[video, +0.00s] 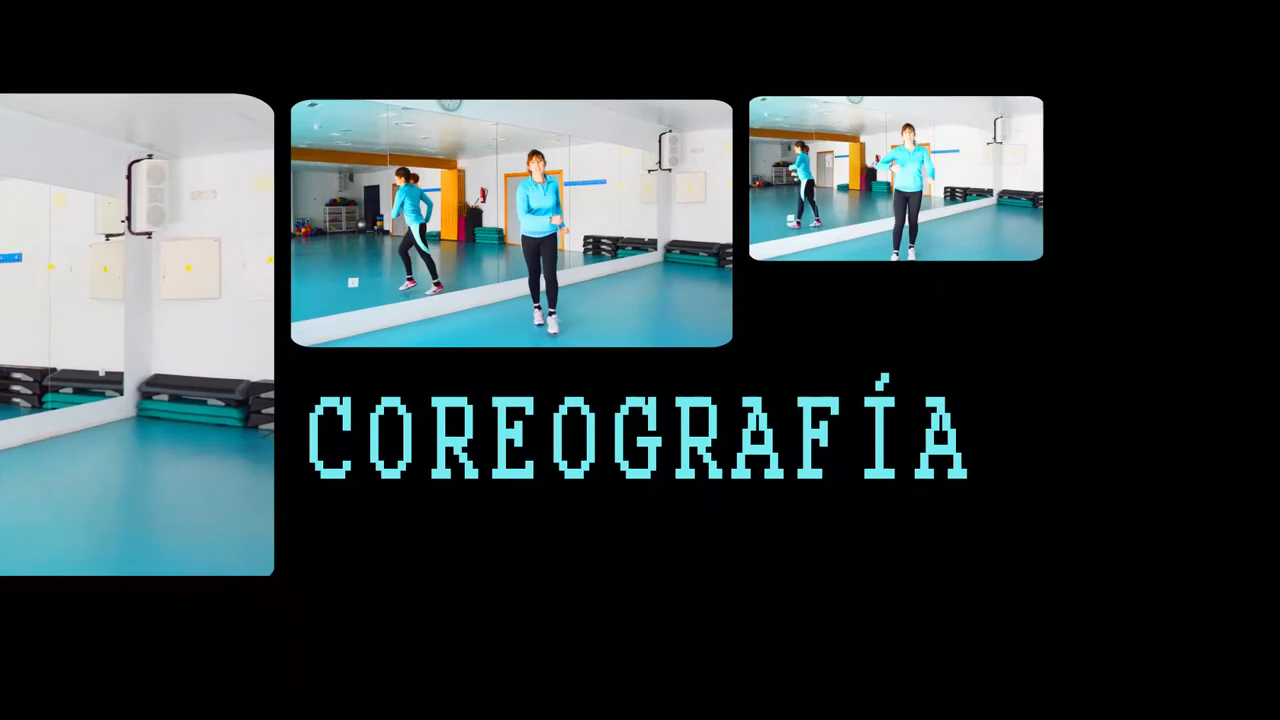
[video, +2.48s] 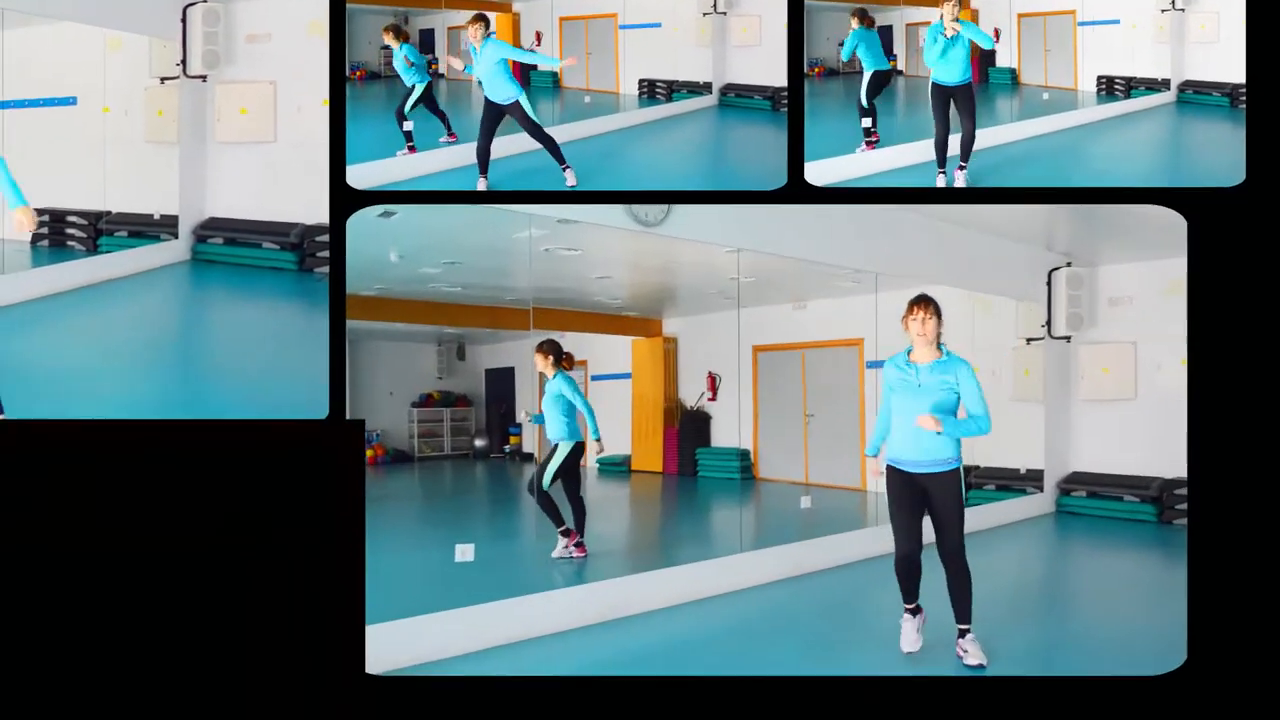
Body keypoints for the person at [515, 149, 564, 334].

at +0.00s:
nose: (537, 164)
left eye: (539, 161)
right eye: (533, 162)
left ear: (544, 163)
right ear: (528, 166)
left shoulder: (553, 184)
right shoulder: (523, 187)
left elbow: (557, 207)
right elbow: (523, 217)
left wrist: (561, 224)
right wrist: (550, 219)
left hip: (549, 235)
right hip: (529, 236)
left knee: (550, 274)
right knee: (534, 273)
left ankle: (552, 313)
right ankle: (536, 308)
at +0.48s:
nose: (485, 141)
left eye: (487, 137)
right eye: (484, 138)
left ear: (498, 137)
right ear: (486, 140)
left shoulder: (515, 154)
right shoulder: (486, 158)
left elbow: (531, 171)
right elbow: (475, 170)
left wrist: (540, 193)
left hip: (515, 208)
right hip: (495, 209)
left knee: (524, 245)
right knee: (488, 245)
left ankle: (534, 283)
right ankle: (490, 285)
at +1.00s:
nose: (452, 87)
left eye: (453, 84)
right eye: (452, 84)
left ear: (459, 85)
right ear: (467, 86)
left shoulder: (457, 104)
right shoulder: (478, 104)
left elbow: (451, 132)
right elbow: (495, 121)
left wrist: (432, 132)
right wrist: (510, 139)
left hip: (464, 158)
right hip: (483, 158)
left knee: (449, 199)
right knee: (473, 199)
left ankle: (442, 243)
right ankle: (484, 243)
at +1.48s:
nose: (472, 46)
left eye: (474, 43)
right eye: (468, 42)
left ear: (477, 46)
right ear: (460, 46)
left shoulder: (476, 68)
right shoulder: (451, 66)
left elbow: (478, 86)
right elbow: (430, 83)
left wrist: (494, 83)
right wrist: (413, 96)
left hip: (470, 123)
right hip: (453, 122)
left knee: (459, 166)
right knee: (449, 168)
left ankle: (450, 204)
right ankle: (429, 214)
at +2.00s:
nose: (468, 32)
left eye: (472, 29)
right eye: (464, 28)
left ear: (476, 32)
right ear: (458, 31)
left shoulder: (485, 48)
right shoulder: (451, 54)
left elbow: (507, 66)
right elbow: (449, 87)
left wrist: (478, 52)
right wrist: (463, 64)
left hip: (484, 107)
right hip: (460, 107)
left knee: (485, 150)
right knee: (463, 151)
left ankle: (478, 192)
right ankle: (463, 191)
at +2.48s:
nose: (474, 32)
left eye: (478, 29)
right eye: (471, 28)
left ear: (486, 32)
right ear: (467, 30)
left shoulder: (496, 47)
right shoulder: (473, 48)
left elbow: (526, 56)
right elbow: (481, 72)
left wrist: (558, 63)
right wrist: (463, 67)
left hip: (513, 99)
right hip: (492, 101)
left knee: (536, 133)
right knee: (483, 141)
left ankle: (566, 169)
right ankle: (482, 179)